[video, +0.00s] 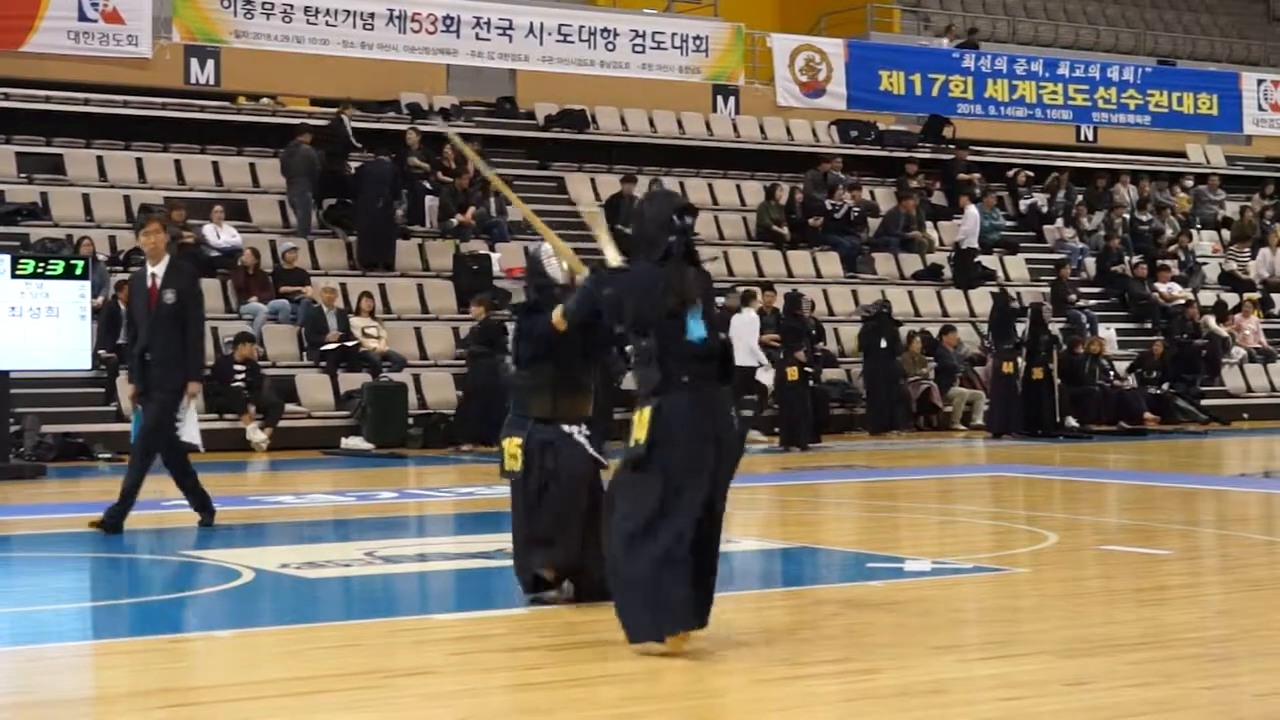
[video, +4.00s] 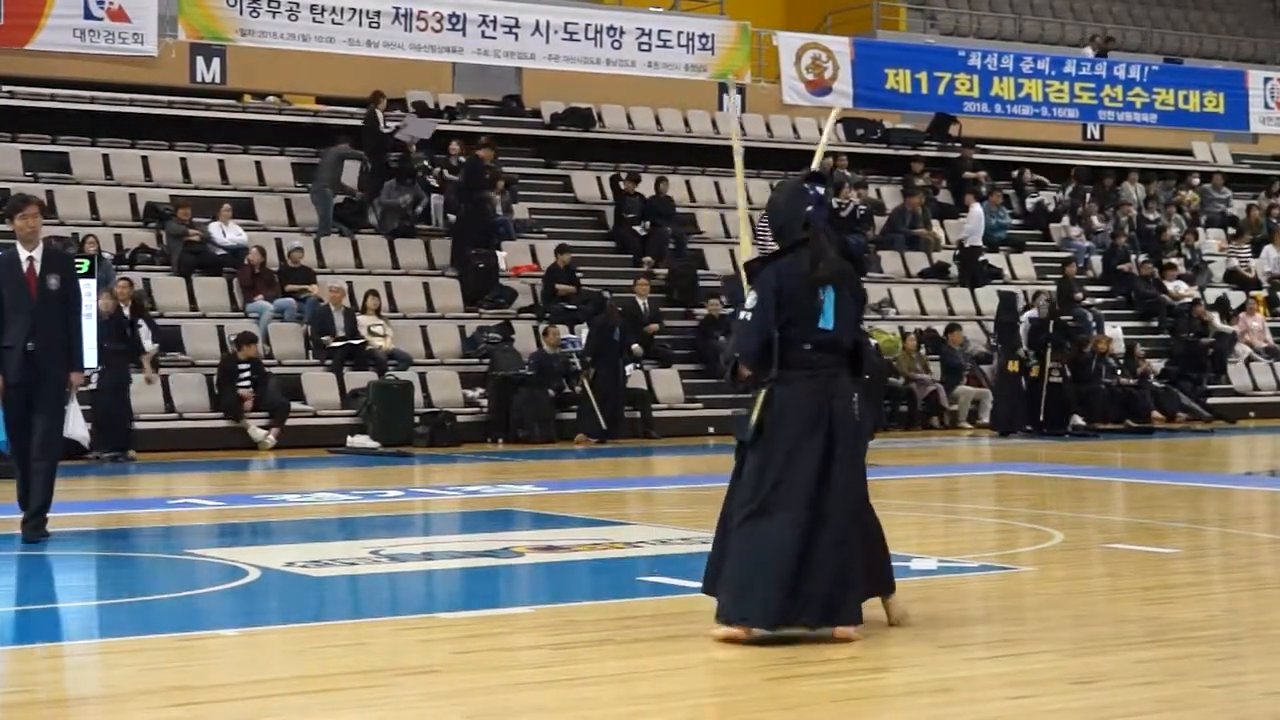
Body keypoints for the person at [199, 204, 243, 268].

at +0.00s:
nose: (219, 215)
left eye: (221, 212)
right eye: (216, 212)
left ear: (224, 214)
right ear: (211, 215)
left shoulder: (229, 228)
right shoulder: (207, 228)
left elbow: (239, 242)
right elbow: (214, 243)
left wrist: (222, 241)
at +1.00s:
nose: (224, 213)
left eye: (226, 210)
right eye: (221, 210)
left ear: (229, 212)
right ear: (216, 213)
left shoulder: (234, 226)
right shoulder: (211, 225)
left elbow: (244, 240)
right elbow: (218, 241)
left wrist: (227, 238)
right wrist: (238, 243)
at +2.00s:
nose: (225, 212)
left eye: (227, 209)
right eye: (222, 209)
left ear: (230, 211)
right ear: (217, 212)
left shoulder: (235, 225)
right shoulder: (213, 224)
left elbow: (245, 239)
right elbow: (220, 240)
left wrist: (228, 237)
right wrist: (239, 242)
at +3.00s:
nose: (224, 214)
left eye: (226, 211)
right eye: (221, 211)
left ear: (229, 213)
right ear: (216, 214)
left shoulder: (234, 227)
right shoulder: (212, 226)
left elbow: (244, 241)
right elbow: (219, 242)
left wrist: (227, 239)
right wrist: (239, 244)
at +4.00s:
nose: (227, 213)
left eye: (229, 211)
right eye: (225, 211)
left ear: (231, 213)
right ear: (219, 213)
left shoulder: (235, 226)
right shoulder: (213, 226)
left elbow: (245, 240)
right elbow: (220, 241)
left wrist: (228, 239)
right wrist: (239, 244)